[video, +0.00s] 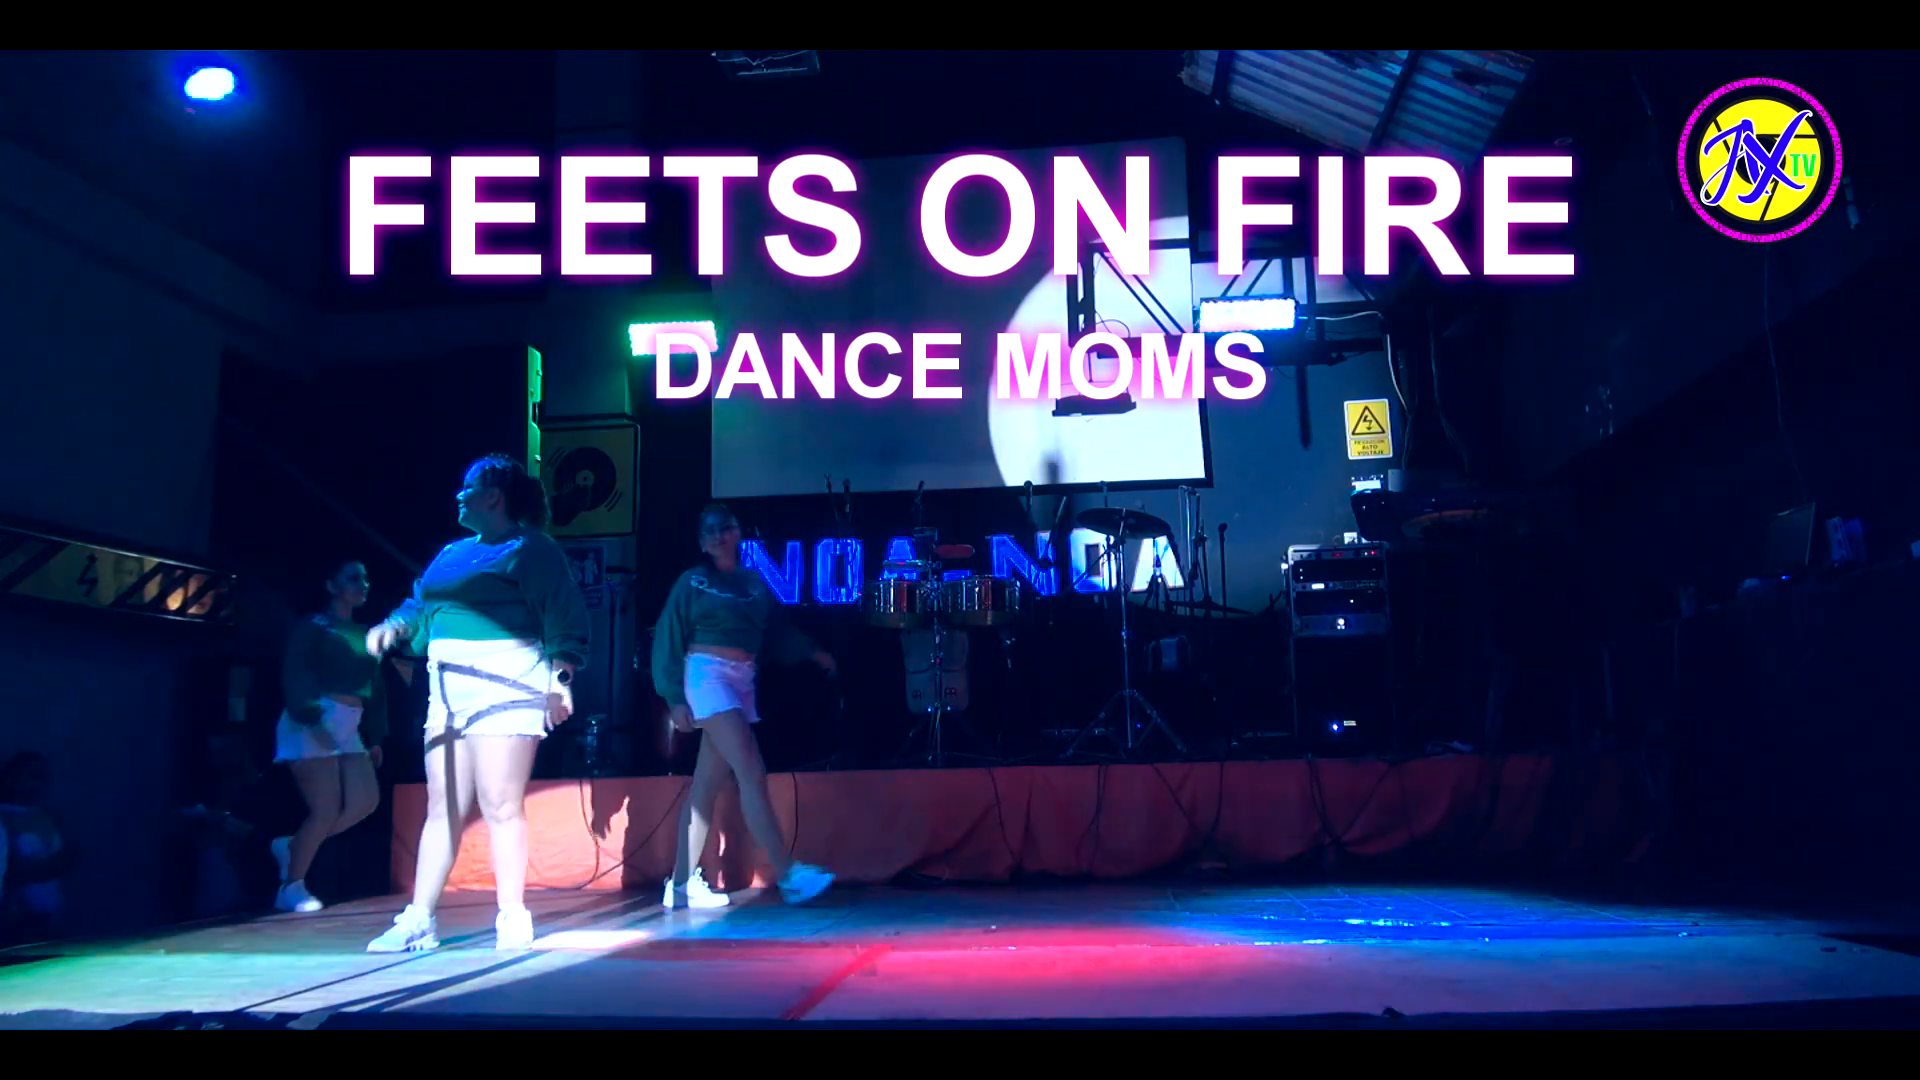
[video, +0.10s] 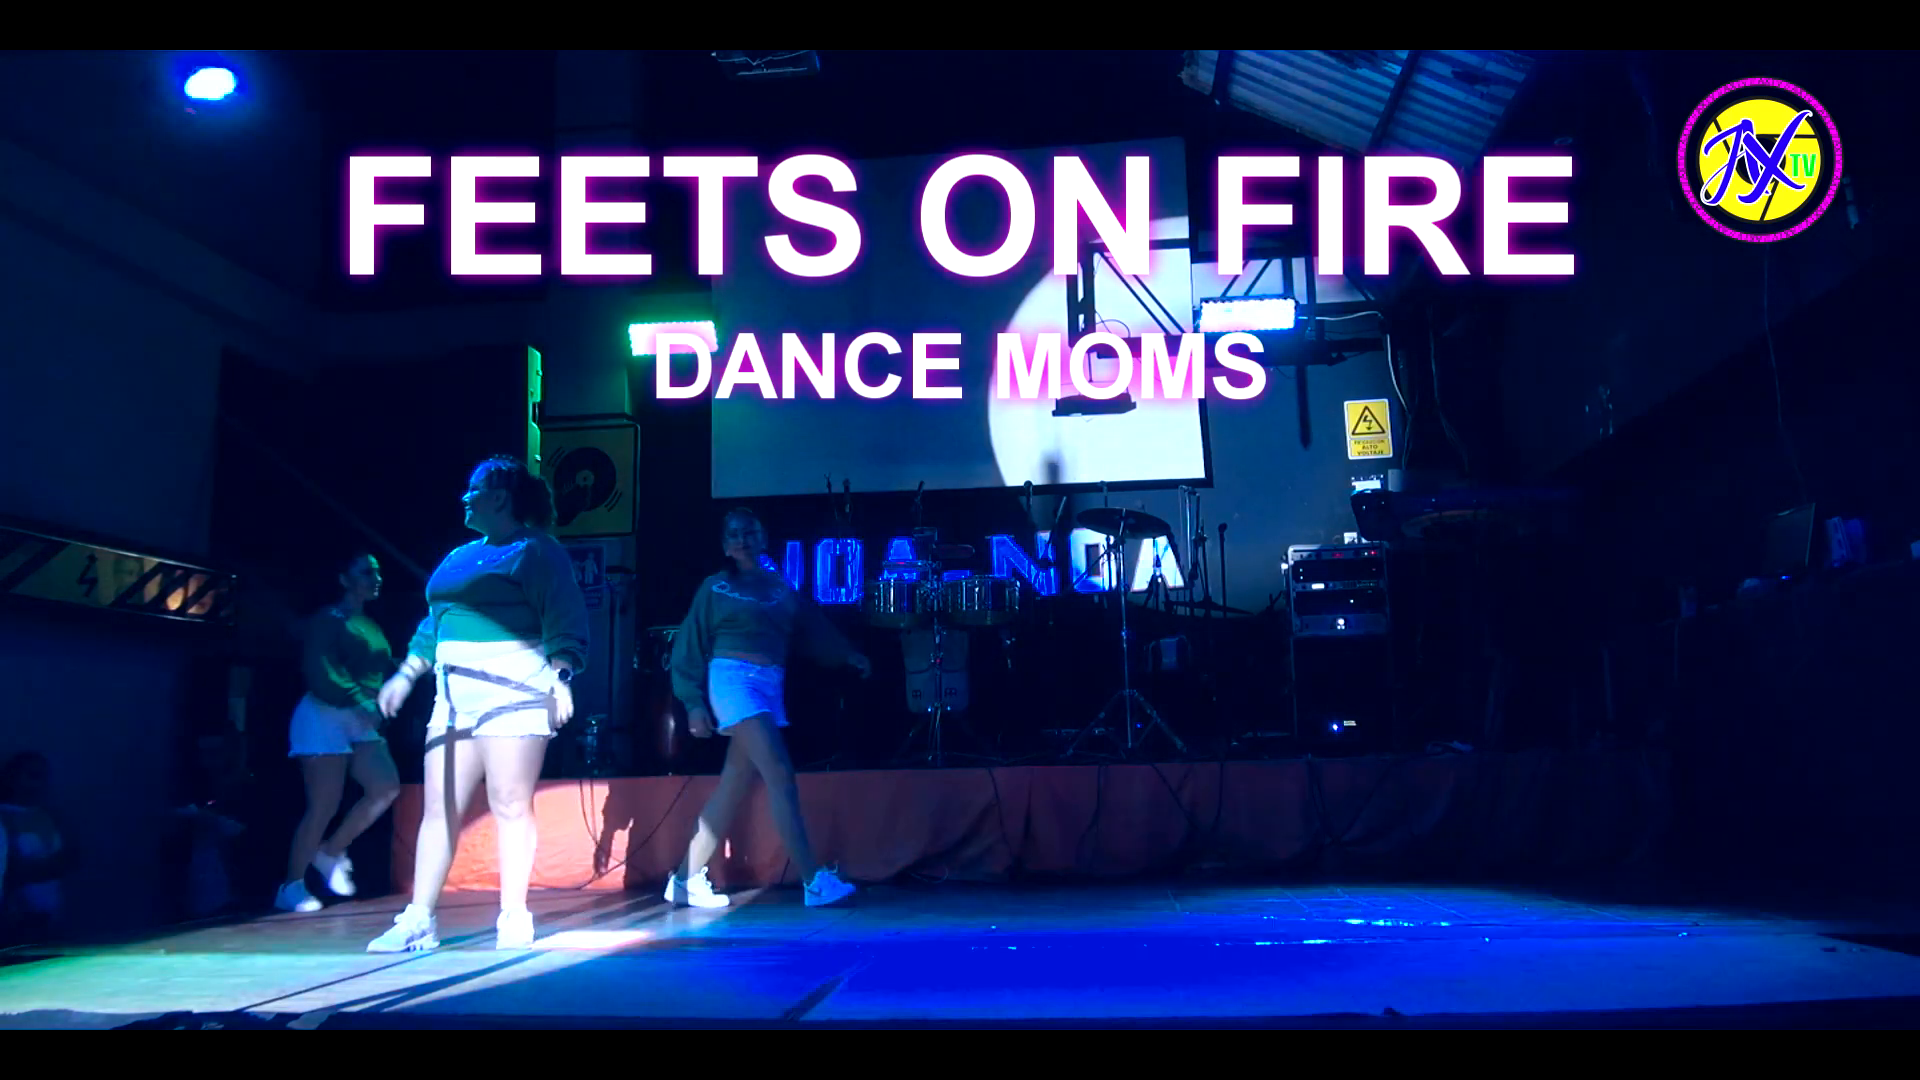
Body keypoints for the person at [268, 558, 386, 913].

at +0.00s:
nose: (363, 586)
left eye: (365, 581)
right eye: (355, 580)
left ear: (366, 588)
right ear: (333, 585)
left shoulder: (367, 636)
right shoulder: (313, 629)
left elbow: (373, 693)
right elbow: (295, 678)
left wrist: (374, 739)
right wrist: (315, 720)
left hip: (350, 728)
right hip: (312, 724)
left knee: (365, 801)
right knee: (325, 807)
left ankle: (294, 847)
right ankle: (293, 887)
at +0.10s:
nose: (376, 579)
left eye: (377, 573)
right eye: (367, 573)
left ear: (377, 581)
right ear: (346, 579)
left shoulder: (371, 628)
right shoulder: (327, 622)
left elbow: (380, 675)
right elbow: (320, 678)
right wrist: (360, 702)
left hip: (359, 719)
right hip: (323, 718)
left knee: (385, 790)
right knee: (324, 804)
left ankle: (331, 853)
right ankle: (292, 885)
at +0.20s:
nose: (390, 576)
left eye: (391, 570)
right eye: (382, 570)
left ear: (392, 578)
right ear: (361, 574)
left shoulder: (382, 624)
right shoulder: (342, 619)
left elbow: (394, 671)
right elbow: (347, 671)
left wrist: (408, 696)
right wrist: (393, 687)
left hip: (373, 716)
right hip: (338, 715)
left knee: (401, 790)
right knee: (326, 800)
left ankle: (376, 869)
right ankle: (294, 883)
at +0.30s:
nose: (408, 577)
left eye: (409, 571)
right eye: (400, 570)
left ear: (408, 578)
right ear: (378, 575)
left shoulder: (399, 623)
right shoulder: (364, 617)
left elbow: (413, 667)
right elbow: (384, 663)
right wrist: (422, 683)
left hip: (391, 718)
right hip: (358, 714)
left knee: (410, 793)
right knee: (335, 796)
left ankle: (428, 879)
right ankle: (295, 880)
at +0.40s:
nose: (430, 576)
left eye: (429, 571)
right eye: (420, 572)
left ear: (425, 580)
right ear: (400, 580)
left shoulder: (420, 621)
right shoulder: (391, 621)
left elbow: (433, 663)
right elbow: (407, 675)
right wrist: (447, 687)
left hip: (416, 716)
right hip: (386, 714)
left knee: (430, 799)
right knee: (347, 799)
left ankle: (458, 875)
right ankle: (301, 877)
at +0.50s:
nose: (441, 585)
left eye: (443, 577)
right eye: (435, 578)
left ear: (451, 580)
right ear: (424, 584)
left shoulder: (461, 619)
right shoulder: (419, 622)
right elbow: (410, 667)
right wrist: (433, 702)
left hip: (459, 713)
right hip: (418, 714)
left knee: (470, 800)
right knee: (389, 798)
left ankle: (473, 885)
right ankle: (319, 871)